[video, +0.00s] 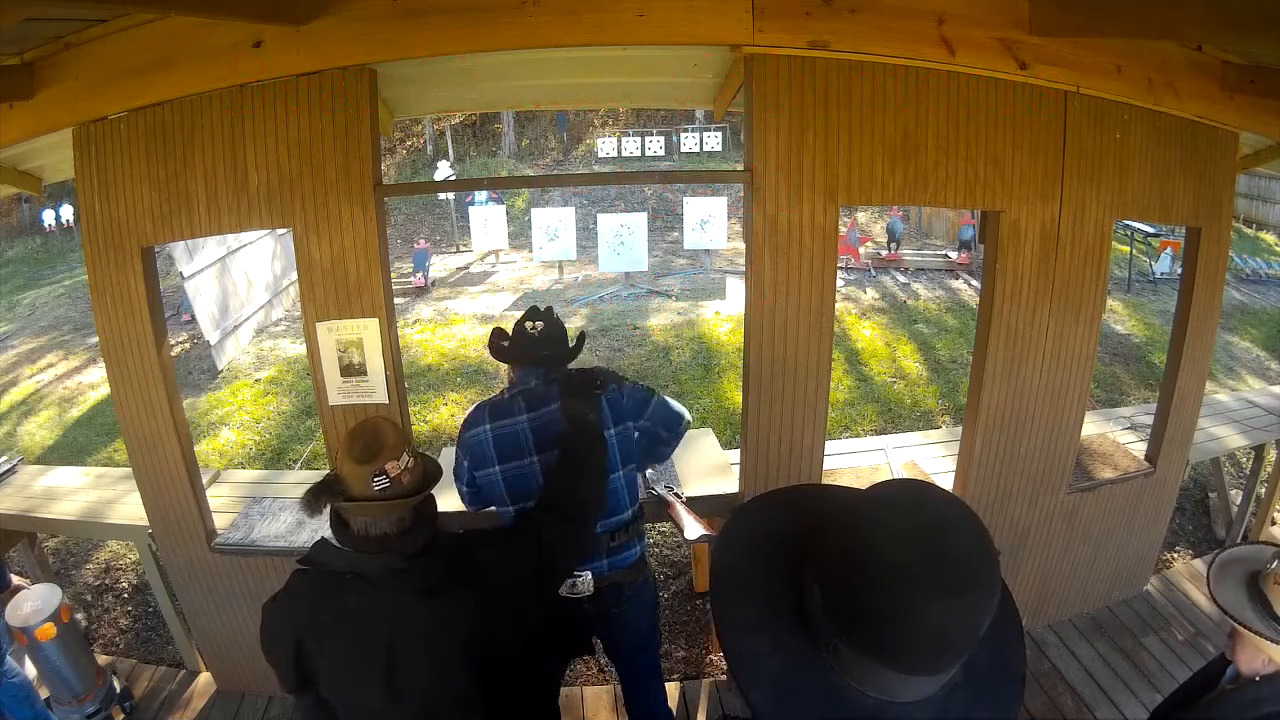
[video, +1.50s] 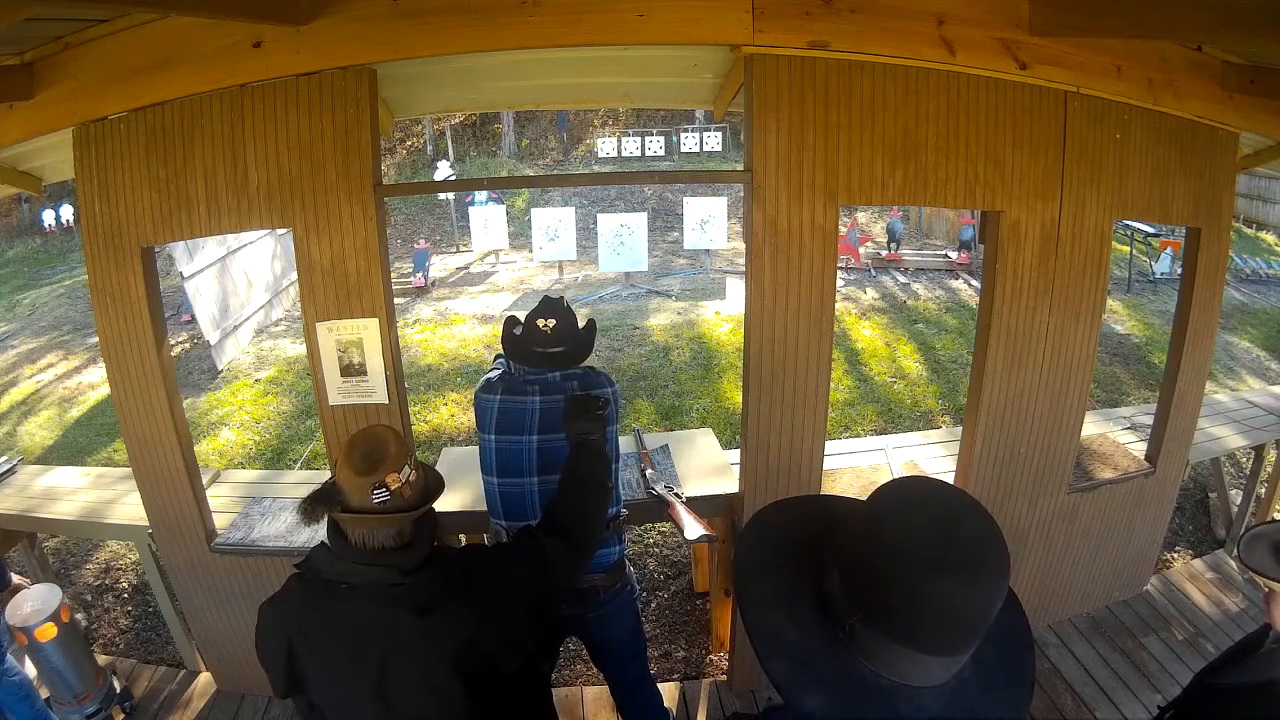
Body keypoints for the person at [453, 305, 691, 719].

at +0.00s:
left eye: (512, 358)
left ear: (510, 363)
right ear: (563, 355)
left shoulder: (479, 424)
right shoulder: (607, 391)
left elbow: (473, 499)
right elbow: (673, 421)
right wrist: (625, 460)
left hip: (537, 590)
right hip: (624, 580)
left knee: (539, 698)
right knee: (646, 691)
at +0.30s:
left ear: (513, 349)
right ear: (574, 345)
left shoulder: (483, 414)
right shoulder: (609, 401)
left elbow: (478, 465)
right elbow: (638, 460)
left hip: (536, 591)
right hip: (616, 585)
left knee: (536, 694)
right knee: (641, 688)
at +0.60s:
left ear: (521, 344)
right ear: (581, 345)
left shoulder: (490, 395)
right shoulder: (604, 391)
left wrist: (525, 349)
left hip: (521, 583)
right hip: (601, 581)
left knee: (530, 693)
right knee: (636, 689)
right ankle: (656, 716)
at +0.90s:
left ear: (516, 342)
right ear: (578, 344)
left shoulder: (489, 394)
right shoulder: (600, 389)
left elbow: (510, 370)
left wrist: (521, 347)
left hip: (519, 582)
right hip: (598, 577)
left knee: (530, 691)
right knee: (635, 687)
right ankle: (654, 716)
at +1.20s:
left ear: (513, 341)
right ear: (577, 342)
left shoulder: (488, 394)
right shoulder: (599, 388)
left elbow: (508, 369)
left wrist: (522, 346)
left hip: (520, 582)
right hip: (598, 578)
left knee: (530, 692)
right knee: (635, 690)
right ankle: (653, 715)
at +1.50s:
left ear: (512, 340)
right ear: (576, 341)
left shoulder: (488, 394)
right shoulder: (600, 388)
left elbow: (506, 363)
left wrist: (522, 341)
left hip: (519, 582)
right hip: (597, 578)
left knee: (529, 693)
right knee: (635, 688)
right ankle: (653, 715)